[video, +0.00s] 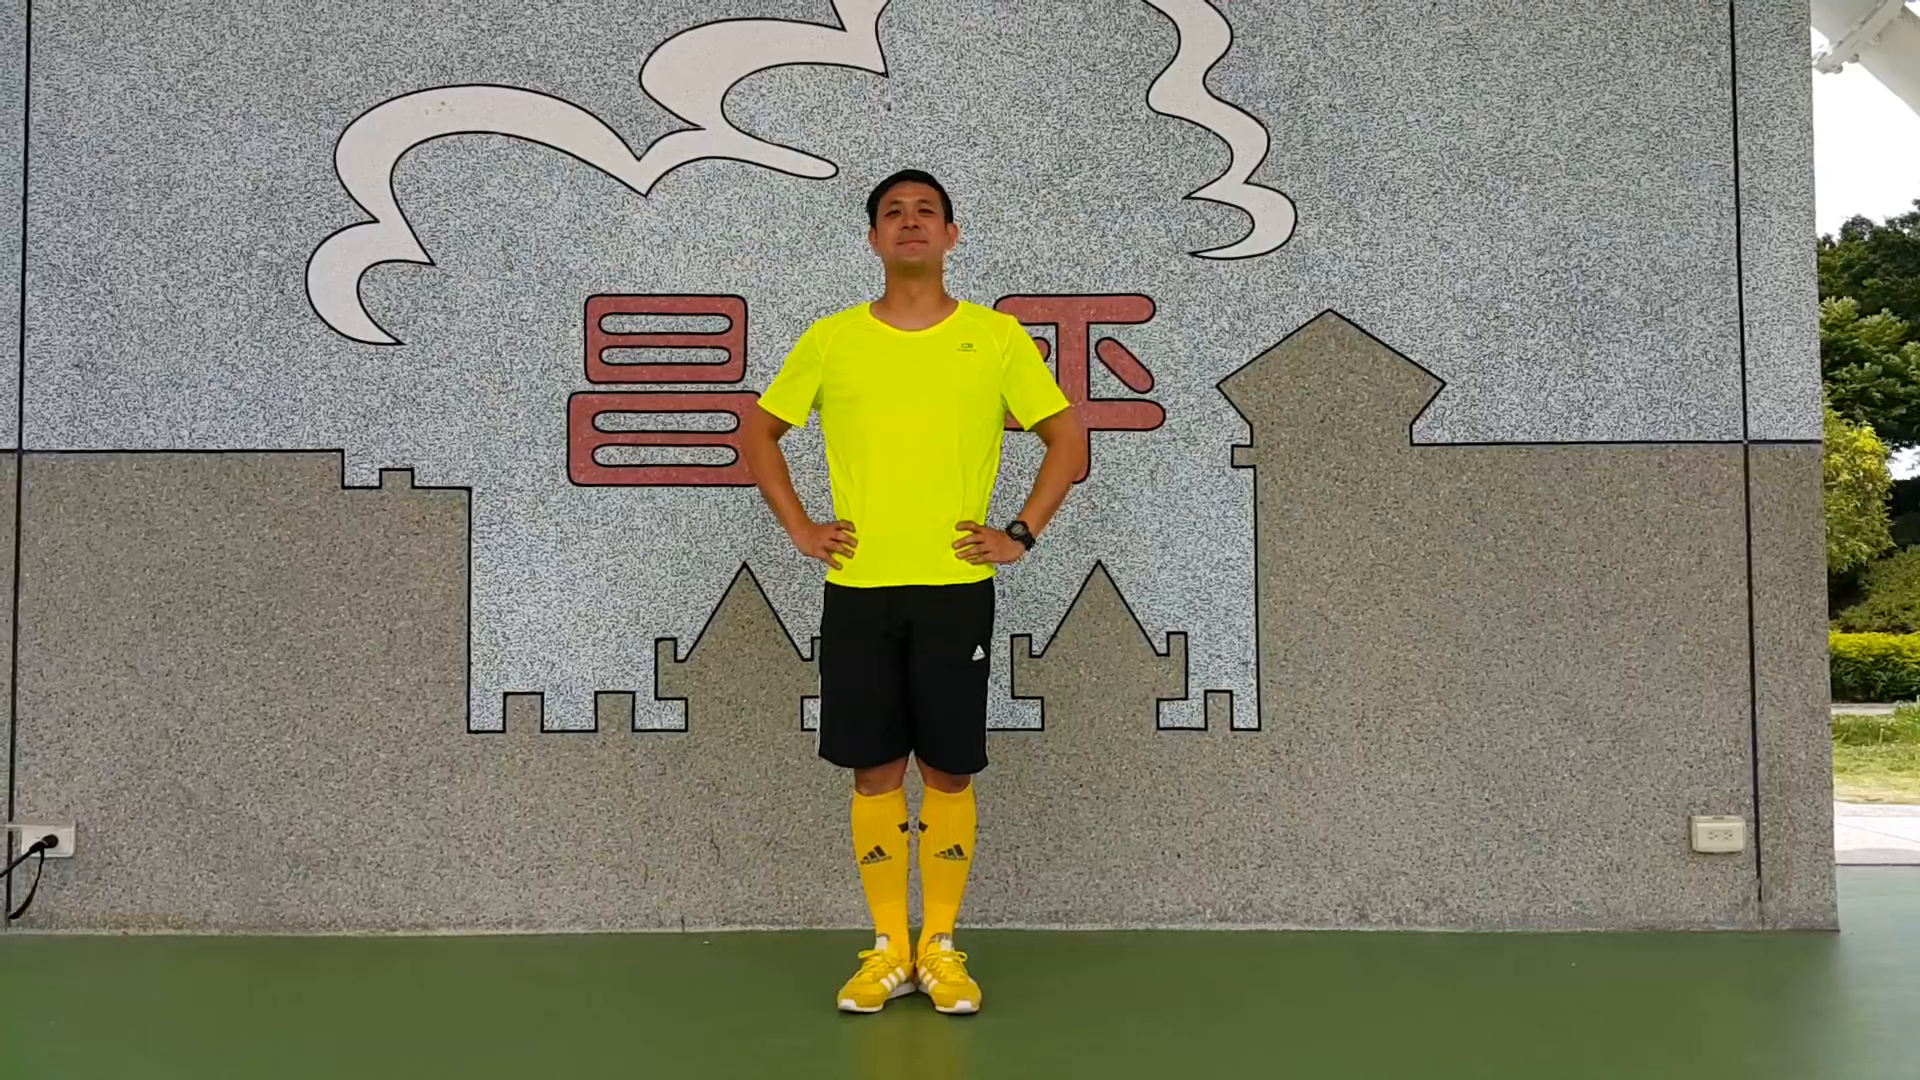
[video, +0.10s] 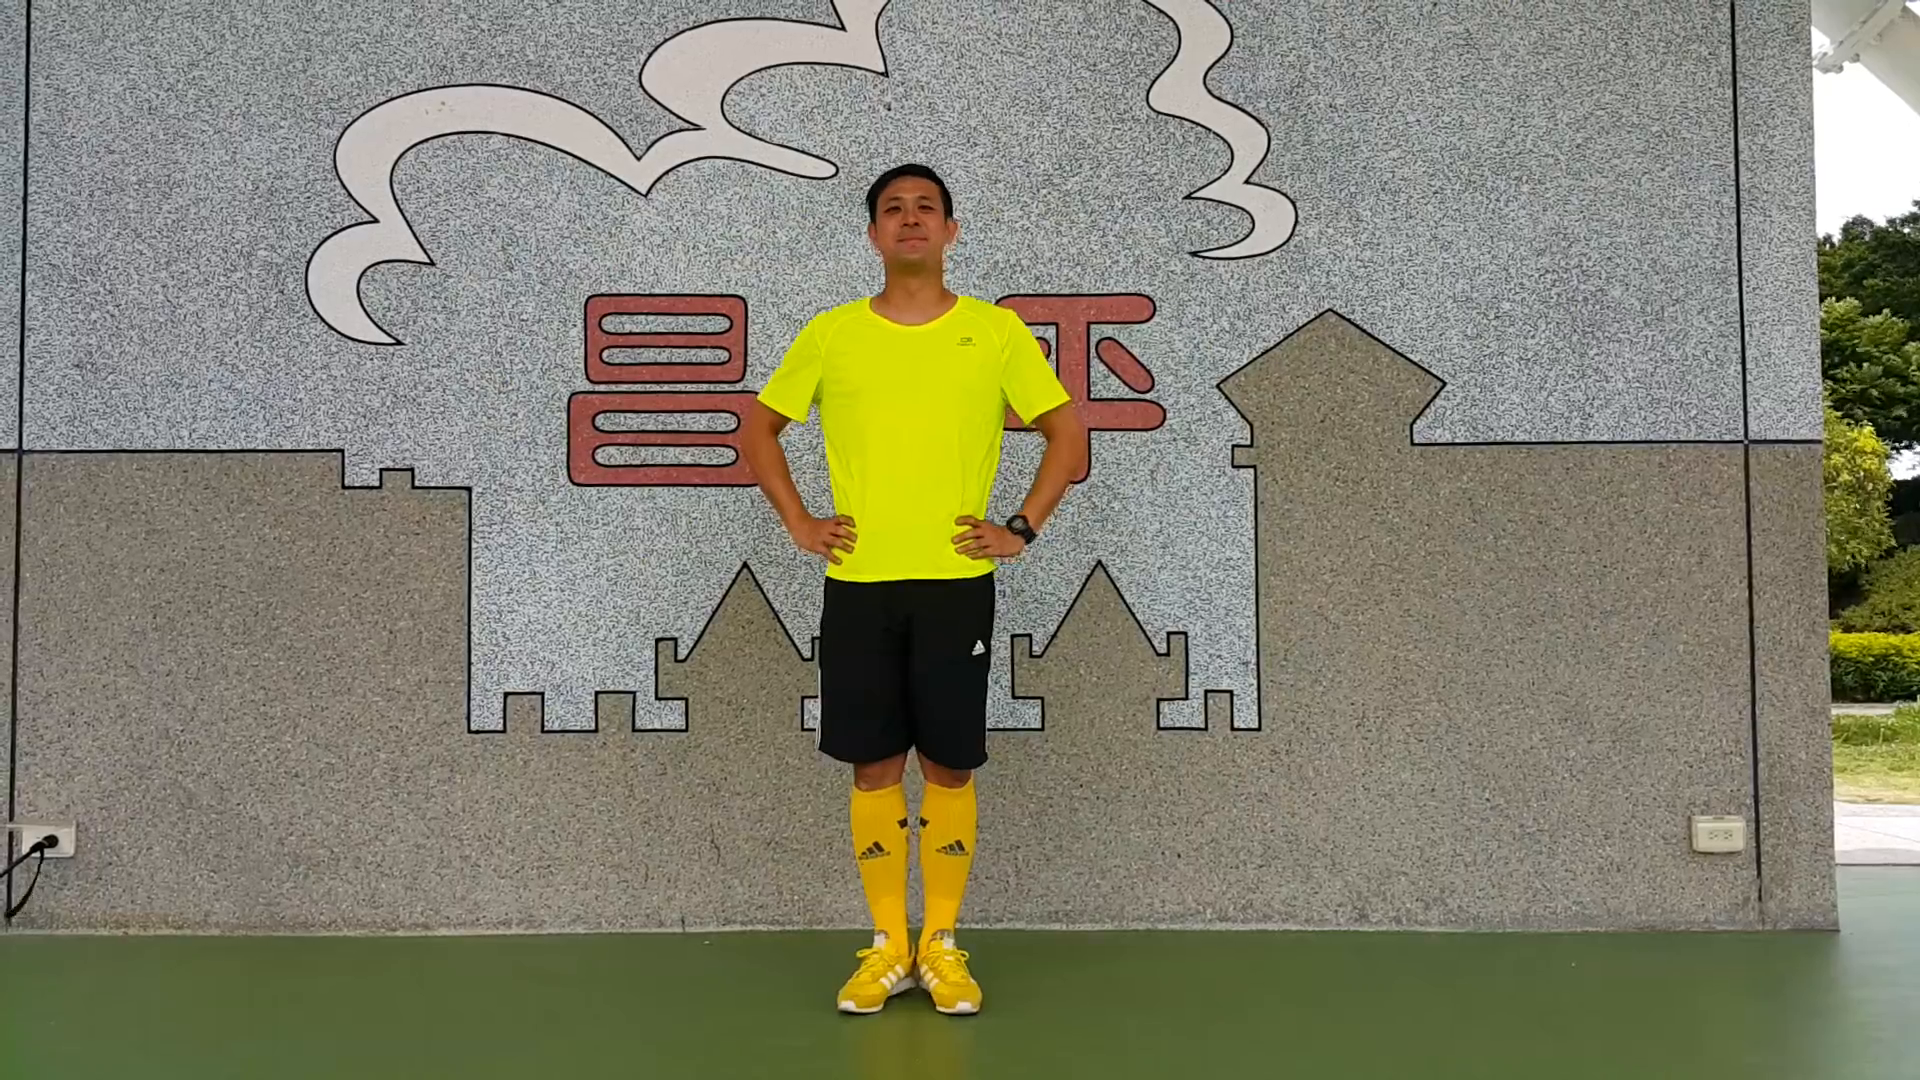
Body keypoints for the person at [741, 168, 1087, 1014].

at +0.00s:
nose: (911, 223)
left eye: (926, 213)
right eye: (895, 214)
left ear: (951, 237)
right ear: (873, 240)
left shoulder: (996, 336)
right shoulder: (832, 337)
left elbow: (1069, 441)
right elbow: (756, 430)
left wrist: (1021, 532)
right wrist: (799, 525)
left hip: (955, 585)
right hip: (859, 584)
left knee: (948, 768)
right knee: (875, 767)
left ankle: (938, 947)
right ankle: (890, 949)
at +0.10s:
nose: (910, 219)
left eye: (925, 208)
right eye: (894, 209)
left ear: (951, 233)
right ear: (872, 235)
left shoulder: (995, 330)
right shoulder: (832, 333)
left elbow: (1069, 435)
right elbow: (755, 430)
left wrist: (1022, 529)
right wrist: (799, 521)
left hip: (956, 580)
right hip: (860, 579)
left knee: (948, 763)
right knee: (874, 762)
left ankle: (940, 943)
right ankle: (890, 945)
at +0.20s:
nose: (909, 222)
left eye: (924, 211)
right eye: (893, 212)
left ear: (951, 231)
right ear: (872, 235)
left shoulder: (996, 330)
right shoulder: (832, 332)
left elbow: (1070, 435)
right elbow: (755, 429)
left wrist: (1022, 528)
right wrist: (798, 520)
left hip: (956, 582)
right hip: (860, 581)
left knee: (948, 763)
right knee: (875, 763)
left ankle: (940, 944)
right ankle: (890, 946)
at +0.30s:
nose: (908, 237)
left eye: (924, 223)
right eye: (893, 224)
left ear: (950, 237)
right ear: (872, 240)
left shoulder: (995, 337)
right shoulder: (832, 338)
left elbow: (1070, 436)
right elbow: (757, 434)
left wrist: (1022, 532)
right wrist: (800, 526)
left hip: (957, 588)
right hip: (860, 588)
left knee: (949, 769)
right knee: (876, 768)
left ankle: (940, 947)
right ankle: (892, 949)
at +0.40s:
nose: (909, 240)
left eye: (925, 225)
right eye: (893, 226)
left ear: (949, 237)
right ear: (872, 240)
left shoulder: (996, 336)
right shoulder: (832, 339)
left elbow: (1069, 439)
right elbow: (757, 435)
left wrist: (1021, 532)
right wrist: (802, 527)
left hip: (958, 586)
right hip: (861, 585)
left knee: (949, 768)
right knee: (876, 767)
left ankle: (940, 946)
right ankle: (892, 949)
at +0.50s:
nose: (909, 240)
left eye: (925, 225)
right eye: (893, 226)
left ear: (949, 238)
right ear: (873, 240)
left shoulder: (995, 335)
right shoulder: (832, 338)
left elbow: (1070, 437)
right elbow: (757, 434)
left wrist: (1022, 531)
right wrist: (802, 527)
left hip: (957, 586)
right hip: (861, 587)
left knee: (950, 768)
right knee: (877, 767)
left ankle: (941, 946)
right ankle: (893, 948)